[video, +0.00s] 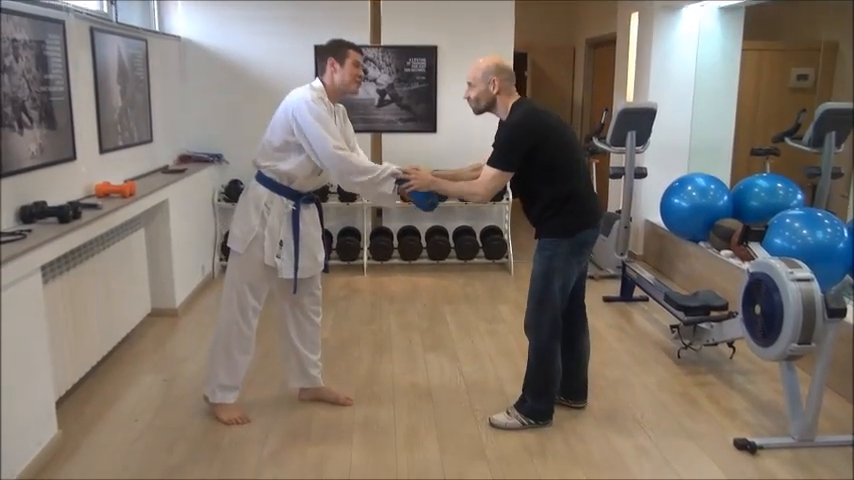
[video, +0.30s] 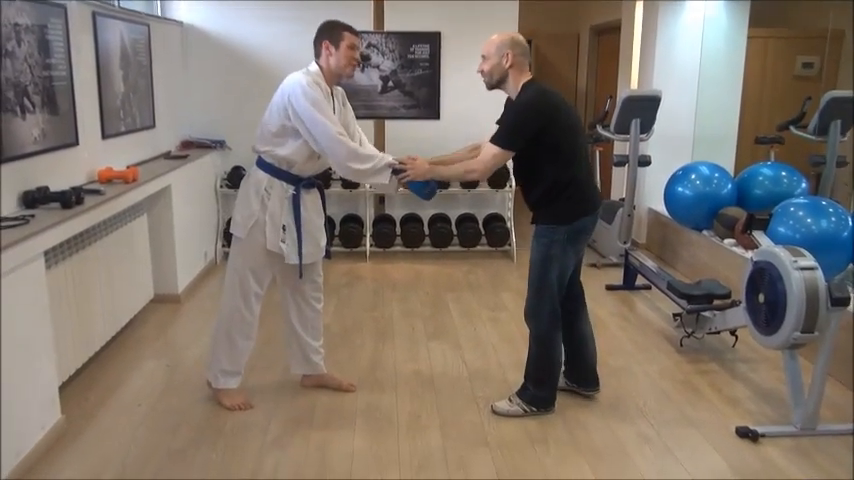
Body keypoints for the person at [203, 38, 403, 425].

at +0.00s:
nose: (361, 76)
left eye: (363, 69)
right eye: (356, 66)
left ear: (336, 70)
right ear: (332, 67)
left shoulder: (338, 112)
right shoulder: (305, 102)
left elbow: (356, 169)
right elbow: (339, 163)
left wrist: (398, 192)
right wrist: (396, 174)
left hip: (304, 211)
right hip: (267, 206)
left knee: (306, 298)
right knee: (244, 302)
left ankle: (309, 383)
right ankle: (221, 394)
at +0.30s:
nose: (358, 58)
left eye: (359, 51)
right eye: (352, 49)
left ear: (339, 53)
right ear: (327, 49)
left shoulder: (337, 95)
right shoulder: (300, 87)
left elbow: (362, 150)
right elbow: (339, 151)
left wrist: (403, 176)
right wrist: (396, 166)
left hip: (306, 198)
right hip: (269, 192)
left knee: (308, 284)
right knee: (247, 288)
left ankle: (312, 370)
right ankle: (223, 378)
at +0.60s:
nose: (344, 45)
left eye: (343, 38)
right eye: (337, 37)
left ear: (322, 42)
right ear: (311, 40)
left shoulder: (330, 91)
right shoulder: (285, 80)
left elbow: (359, 144)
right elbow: (326, 140)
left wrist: (403, 173)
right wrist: (389, 157)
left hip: (301, 190)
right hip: (261, 186)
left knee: (308, 276)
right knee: (241, 279)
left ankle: (315, 362)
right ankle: (214, 368)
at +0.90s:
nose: (311, 42)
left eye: (309, 36)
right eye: (304, 35)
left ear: (284, 41)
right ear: (279, 40)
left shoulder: (303, 90)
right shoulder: (245, 85)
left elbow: (309, 153)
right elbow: (244, 155)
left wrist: (316, 205)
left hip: (290, 193)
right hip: (247, 195)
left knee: (306, 281)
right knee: (229, 285)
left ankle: (319, 363)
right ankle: (212, 369)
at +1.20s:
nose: (300, 53)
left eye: (299, 46)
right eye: (293, 46)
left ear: (276, 49)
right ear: (269, 48)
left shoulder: (290, 93)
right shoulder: (228, 91)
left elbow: (286, 157)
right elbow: (187, 149)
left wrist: (299, 199)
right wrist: (178, 207)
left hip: (278, 198)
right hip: (232, 199)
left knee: (299, 282)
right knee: (221, 289)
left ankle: (306, 368)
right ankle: (212, 375)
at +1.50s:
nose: (316, 63)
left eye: (316, 56)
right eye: (310, 56)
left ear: (296, 58)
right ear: (284, 55)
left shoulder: (311, 99)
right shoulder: (244, 92)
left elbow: (326, 154)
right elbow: (227, 160)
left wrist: (354, 186)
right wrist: (267, 193)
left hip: (286, 200)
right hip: (241, 199)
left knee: (301, 287)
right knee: (221, 288)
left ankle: (310, 372)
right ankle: (205, 375)